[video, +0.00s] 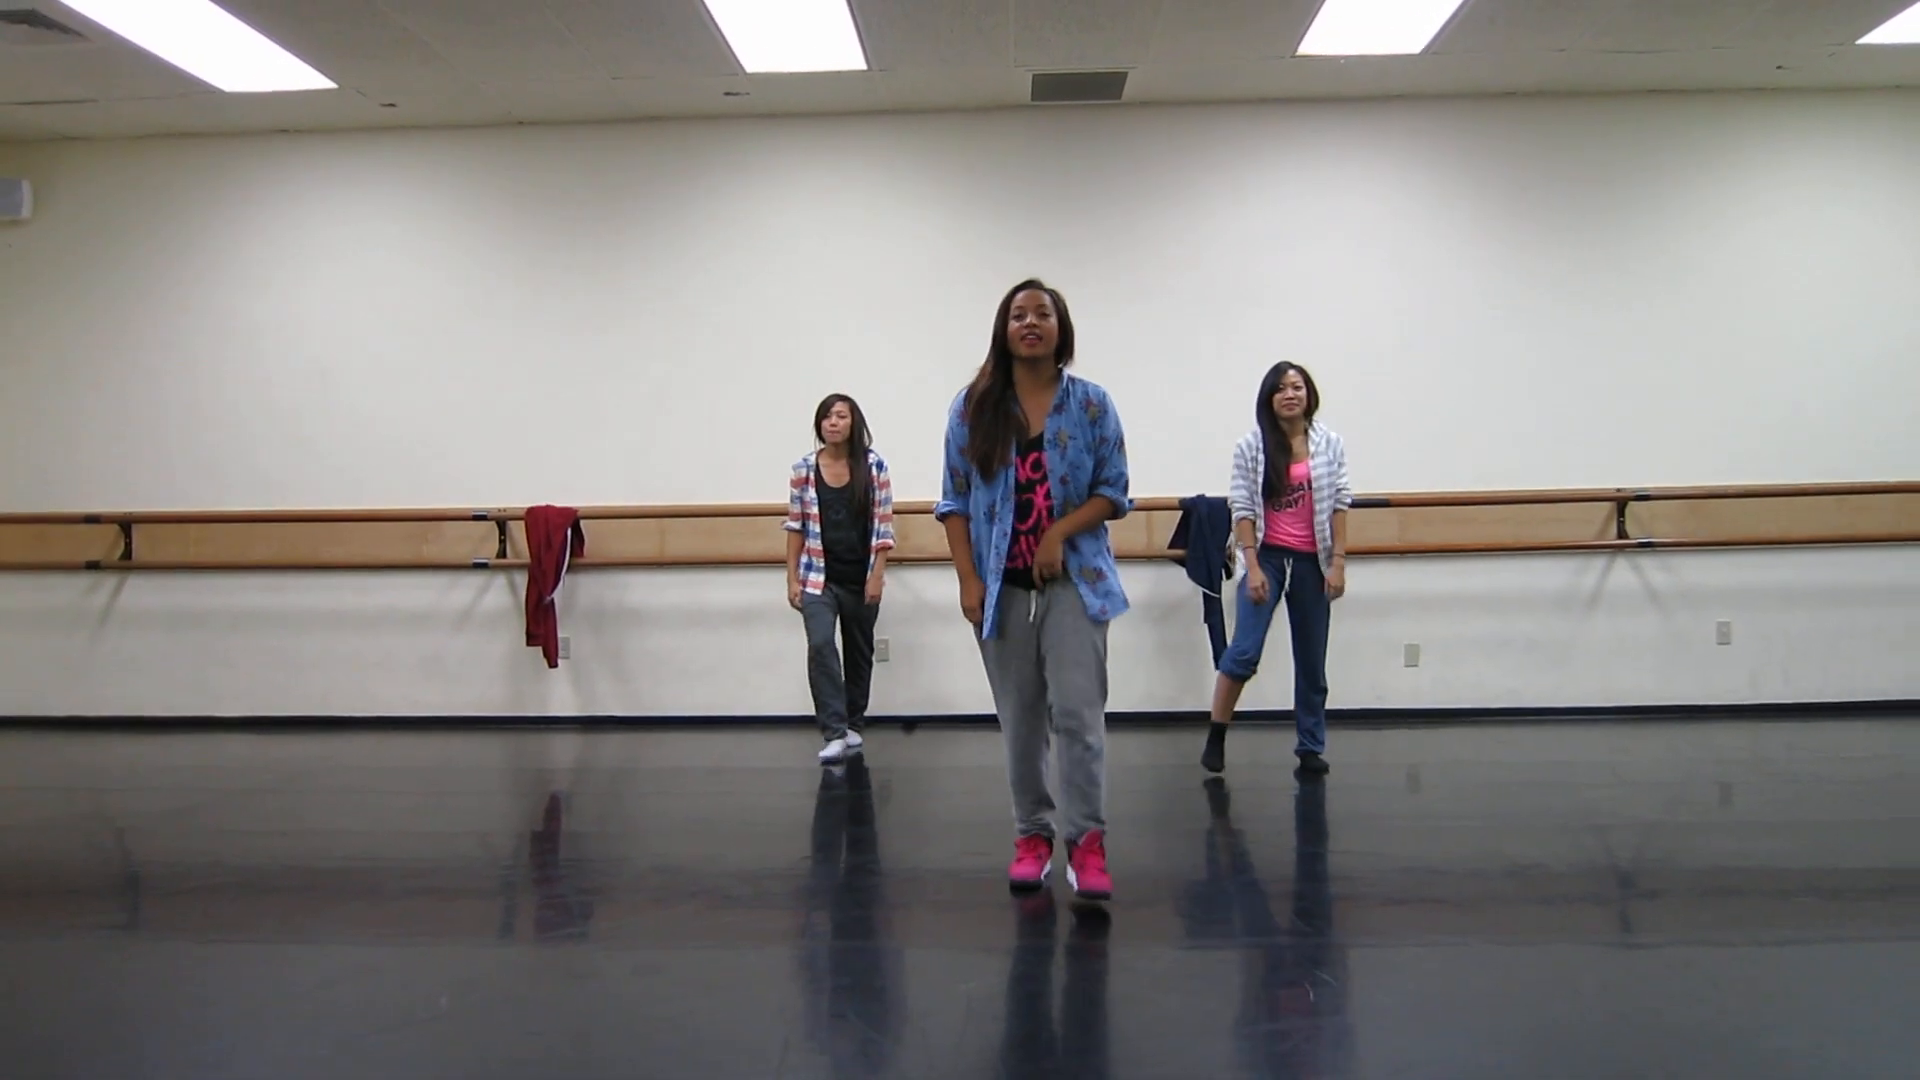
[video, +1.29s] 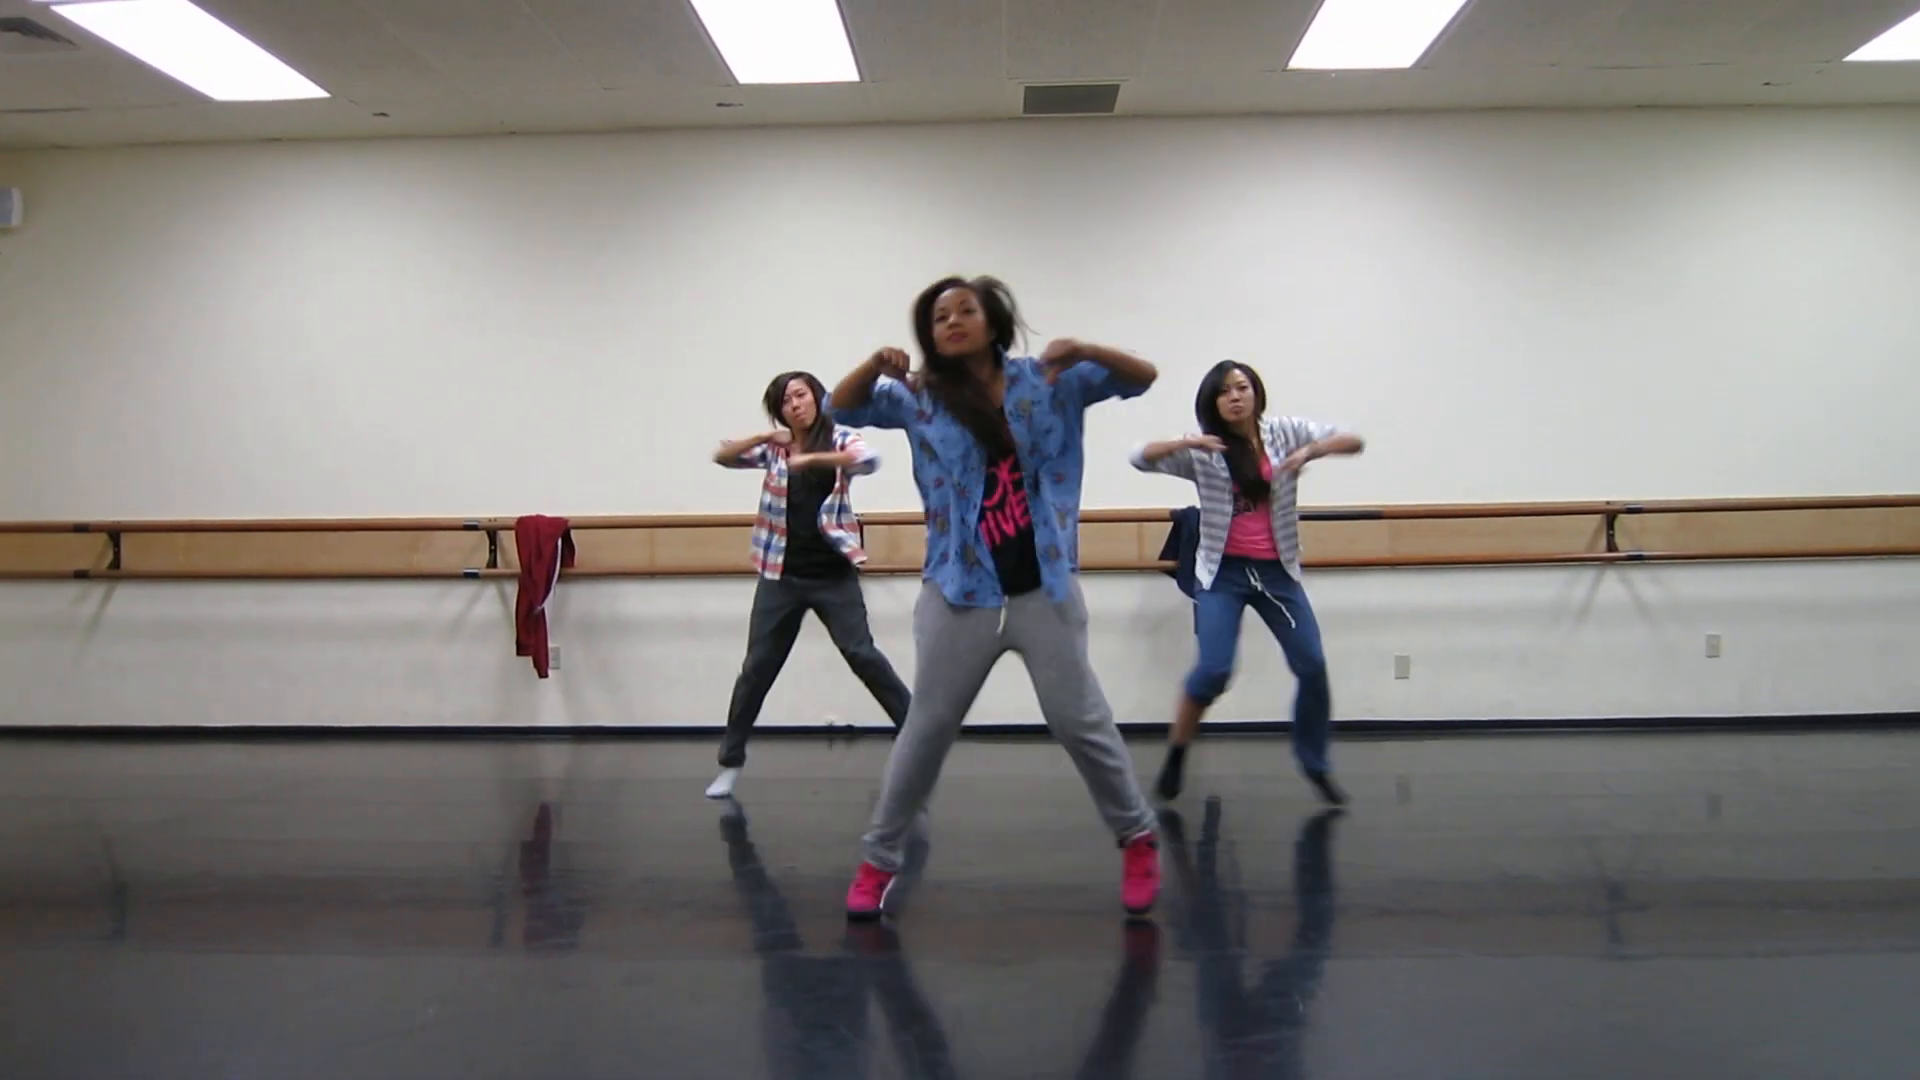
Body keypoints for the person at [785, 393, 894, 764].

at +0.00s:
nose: (834, 422)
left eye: (842, 416)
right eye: (828, 416)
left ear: (854, 424)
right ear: (819, 424)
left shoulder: (873, 465)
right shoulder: (803, 469)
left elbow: (884, 524)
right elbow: (795, 527)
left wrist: (877, 573)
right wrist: (793, 578)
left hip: (861, 580)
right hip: (817, 578)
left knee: (858, 655)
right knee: (820, 647)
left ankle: (853, 724)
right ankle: (834, 733)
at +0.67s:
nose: (827, 411)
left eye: (835, 406)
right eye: (820, 406)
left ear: (848, 418)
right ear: (810, 416)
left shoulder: (866, 462)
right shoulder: (792, 462)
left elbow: (894, 515)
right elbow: (765, 505)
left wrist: (887, 549)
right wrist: (766, 541)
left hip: (851, 588)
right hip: (802, 590)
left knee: (850, 669)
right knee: (813, 674)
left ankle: (850, 760)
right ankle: (829, 750)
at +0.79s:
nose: (823, 416)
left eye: (830, 409)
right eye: (816, 411)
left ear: (845, 419)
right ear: (806, 424)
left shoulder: (866, 463)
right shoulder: (795, 465)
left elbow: (902, 496)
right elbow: (765, 505)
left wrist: (909, 479)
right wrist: (756, 464)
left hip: (854, 589)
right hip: (803, 590)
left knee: (850, 673)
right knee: (806, 679)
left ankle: (847, 766)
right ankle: (832, 721)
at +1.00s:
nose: (818, 422)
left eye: (824, 414)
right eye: (810, 419)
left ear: (840, 422)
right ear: (803, 433)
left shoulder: (861, 469)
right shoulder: (791, 471)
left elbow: (894, 503)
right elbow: (746, 479)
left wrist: (909, 484)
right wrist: (698, 475)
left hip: (850, 596)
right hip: (800, 593)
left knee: (849, 681)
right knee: (798, 670)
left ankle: (846, 768)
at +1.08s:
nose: (813, 415)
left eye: (820, 408)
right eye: (805, 412)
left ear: (835, 415)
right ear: (798, 425)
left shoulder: (855, 459)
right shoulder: (793, 461)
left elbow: (839, 492)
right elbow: (775, 473)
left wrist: (802, 505)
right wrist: (778, 475)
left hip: (843, 590)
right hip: (795, 585)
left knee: (847, 684)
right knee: (779, 654)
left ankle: (844, 766)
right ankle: (770, 737)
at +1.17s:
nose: (806, 399)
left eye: (812, 392)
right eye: (797, 396)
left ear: (828, 399)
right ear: (790, 409)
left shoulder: (848, 443)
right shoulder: (785, 443)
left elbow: (811, 481)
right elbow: (780, 463)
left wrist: (760, 495)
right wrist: (803, 451)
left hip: (842, 577)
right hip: (791, 571)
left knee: (850, 662)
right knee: (762, 640)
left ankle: (852, 759)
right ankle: (771, 731)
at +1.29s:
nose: (795, 402)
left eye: (801, 393)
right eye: (788, 399)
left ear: (820, 400)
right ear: (782, 413)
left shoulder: (840, 436)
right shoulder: (774, 449)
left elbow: (868, 459)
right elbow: (722, 456)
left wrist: (810, 459)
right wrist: (762, 439)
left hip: (834, 579)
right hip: (780, 580)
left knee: (862, 657)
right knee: (757, 667)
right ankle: (730, 763)